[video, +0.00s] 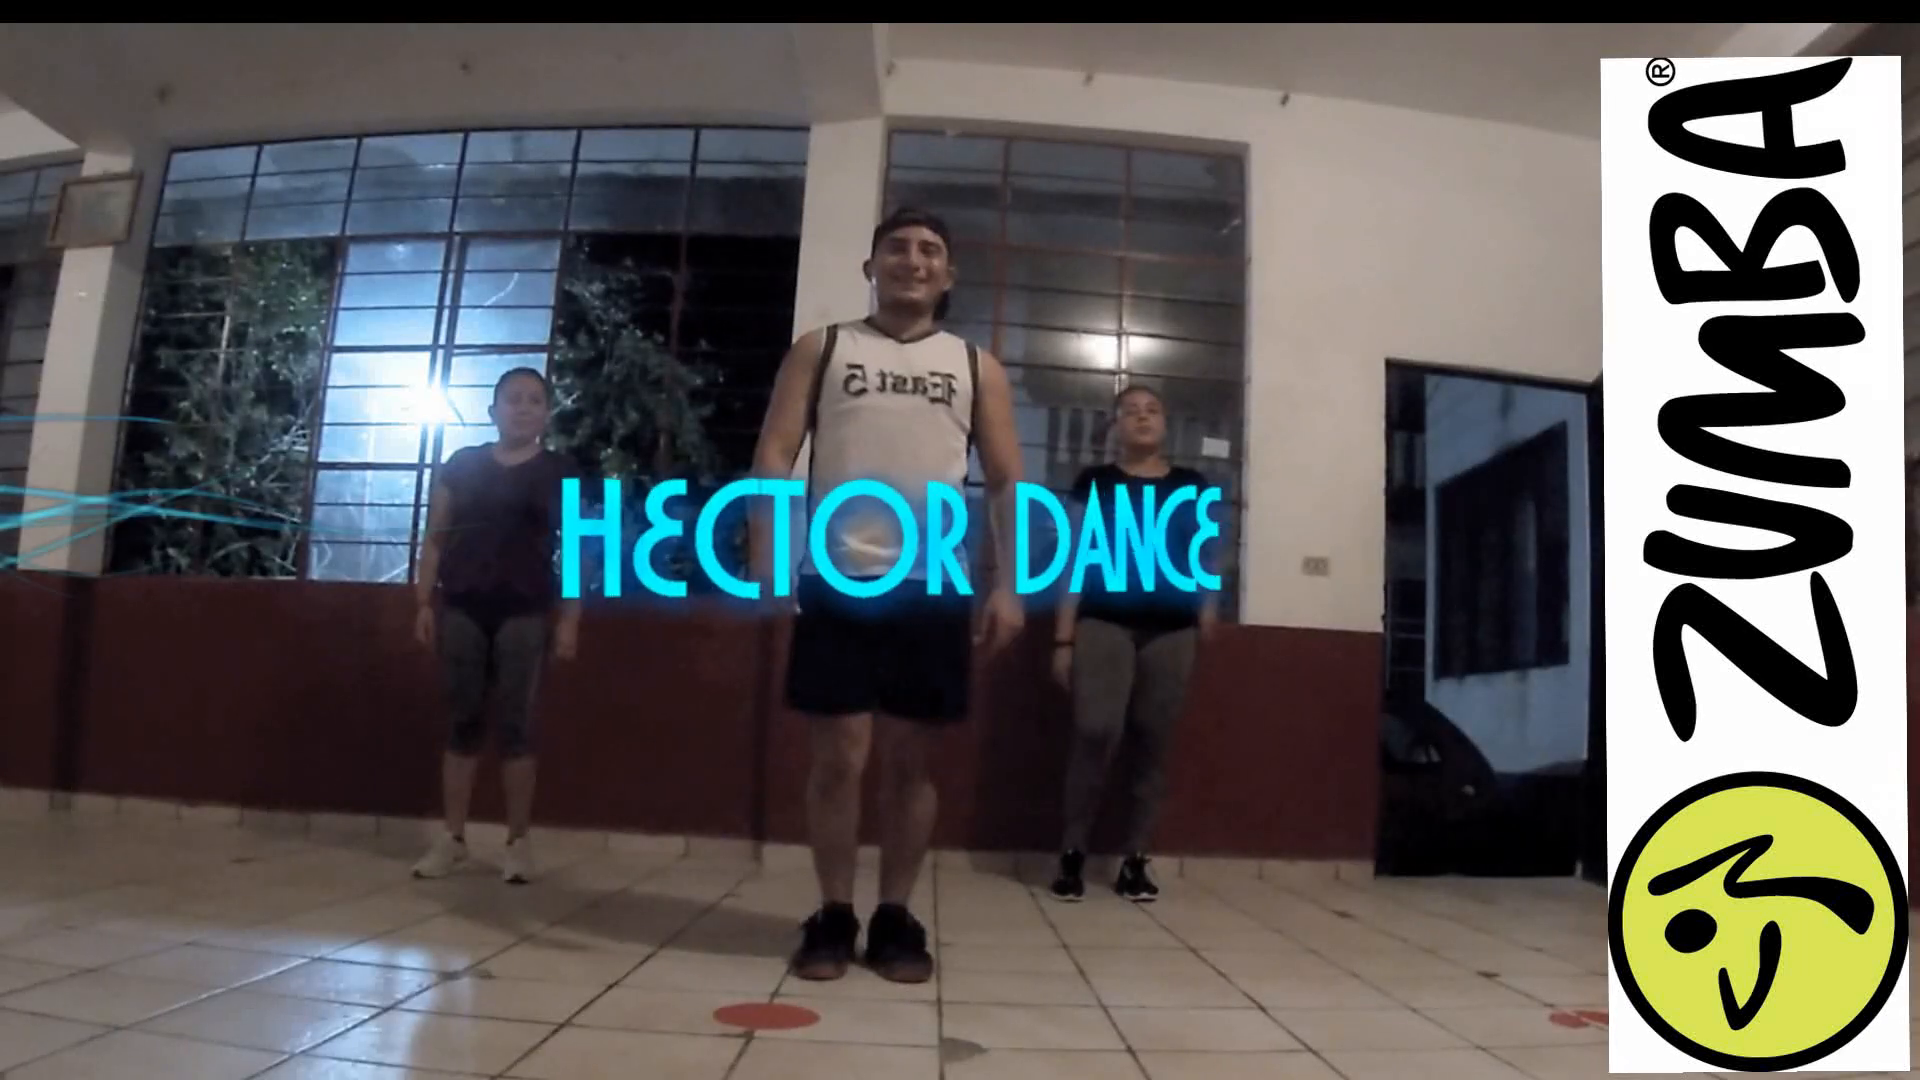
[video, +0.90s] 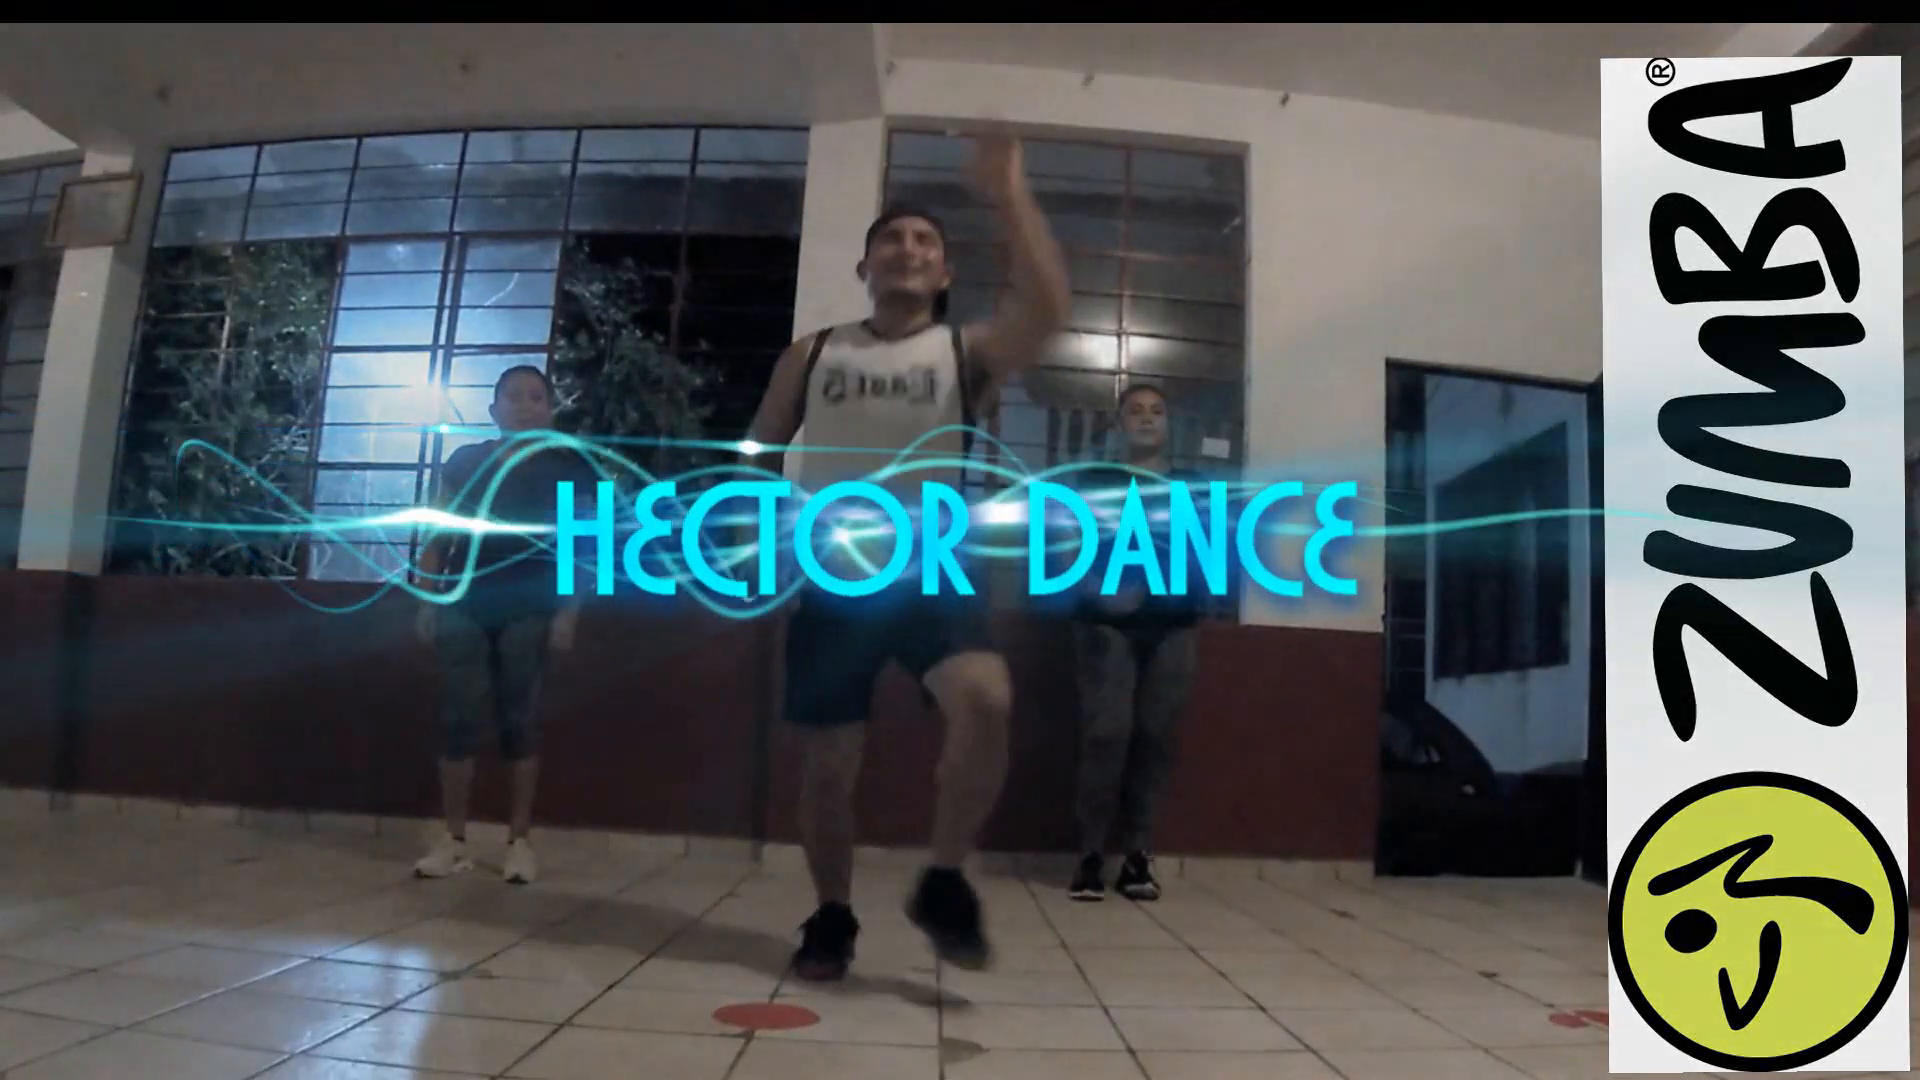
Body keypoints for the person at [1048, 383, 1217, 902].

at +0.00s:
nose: (1142, 419)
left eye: (1151, 411)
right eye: (1132, 412)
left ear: (1166, 425)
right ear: (1116, 425)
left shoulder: (1191, 485)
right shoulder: (1091, 482)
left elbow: (1206, 559)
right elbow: (1071, 565)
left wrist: (1206, 621)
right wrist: (1064, 640)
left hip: (1171, 629)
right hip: (1104, 626)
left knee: (1153, 747)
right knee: (1095, 735)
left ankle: (1136, 858)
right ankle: (1073, 853)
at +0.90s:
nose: (1147, 419)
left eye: (1156, 412)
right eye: (1137, 412)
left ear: (1168, 424)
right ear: (1120, 422)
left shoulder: (1188, 485)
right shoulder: (1094, 483)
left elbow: (1210, 555)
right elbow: (1065, 553)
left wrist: (1197, 602)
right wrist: (1095, 596)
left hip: (1172, 625)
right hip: (1107, 624)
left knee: (1157, 739)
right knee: (1106, 735)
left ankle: (1138, 857)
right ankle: (1091, 857)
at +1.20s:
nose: (1153, 421)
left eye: (1161, 414)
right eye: (1142, 414)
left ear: (1175, 426)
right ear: (1121, 426)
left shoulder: (1200, 474)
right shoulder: (1094, 482)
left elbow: (1257, 423)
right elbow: (1049, 543)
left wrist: (1278, 352)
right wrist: (1068, 601)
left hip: (1184, 630)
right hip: (1113, 630)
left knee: (1202, 741)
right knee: (1104, 742)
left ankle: (1214, 873)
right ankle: (1094, 859)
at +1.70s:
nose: (1129, 424)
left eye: (1140, 417)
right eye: (1120, 414)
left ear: (1151, 431)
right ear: (1099, 424)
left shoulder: (1164, 489)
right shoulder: (1071, 477)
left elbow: (1226, 527)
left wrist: (1239, 470)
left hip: (1150, 623)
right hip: (1074, 621)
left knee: (1184, 741)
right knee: (1051, 744)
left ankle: (1211, 874)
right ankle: (1016, 876)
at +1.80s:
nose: (1122, 417)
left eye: (1132, 410)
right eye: (1111, 409)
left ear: (1143, 426)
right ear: (1090, 419)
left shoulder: (1152, 488)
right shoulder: (1063, 467)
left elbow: (1178, 553)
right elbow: (1045, 381)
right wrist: (1068, 310)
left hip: (1141, 619)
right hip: (1068, 617)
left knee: (1187, 725)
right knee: (1041, 734)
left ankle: (1202, 860)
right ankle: (1005, 871)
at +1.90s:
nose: (1121, 417)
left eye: (1130, 410)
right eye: (1110, 408)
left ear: (1141, 426)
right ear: (1088, 420)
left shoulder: (1147, 491)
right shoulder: (1061, 468)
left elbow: (1160, 568)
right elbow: (1042, 385)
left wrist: (1170, 630)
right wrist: (1064, 315)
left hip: (1136, 625)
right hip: (1069, 624)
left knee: (1186, 721)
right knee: (1048, 737)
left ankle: (1174, 835)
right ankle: (1012, 856)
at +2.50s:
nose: (1135, 424)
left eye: (1144, 416)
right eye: (1125, 417)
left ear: (1160, 429)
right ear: (1109, 430)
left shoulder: (1184, 487)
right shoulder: (1090, 490)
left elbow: (1211, 558)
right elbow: (1067, 561)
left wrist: (1219, 623)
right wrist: (1060, 608)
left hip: (1162, 635)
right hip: (1095, 632)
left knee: (1155, 744)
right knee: (1075, 736)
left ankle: (1142, 855)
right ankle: (1064, 849)